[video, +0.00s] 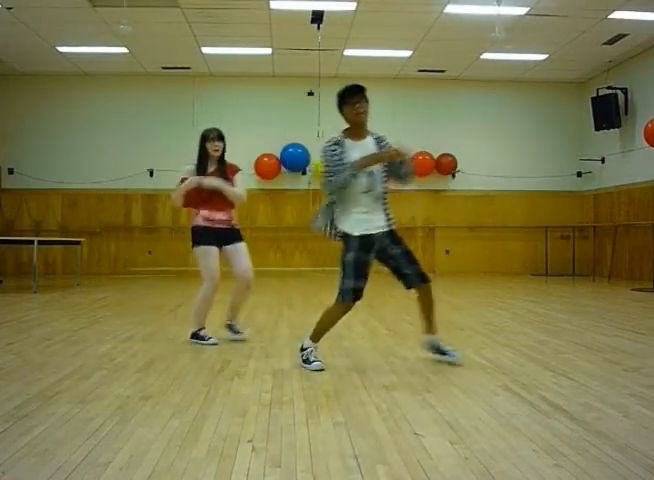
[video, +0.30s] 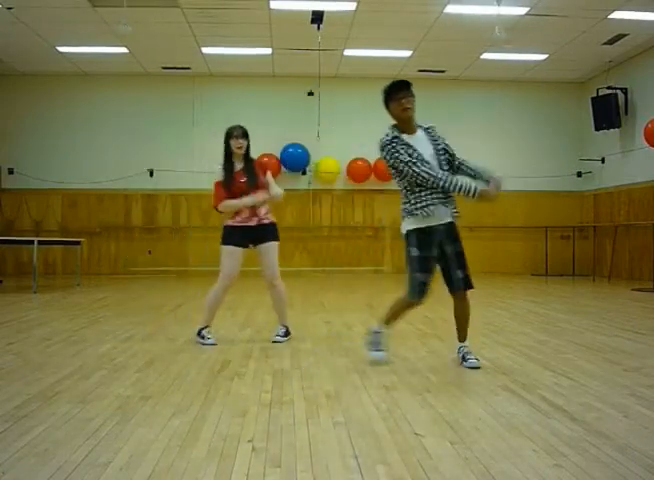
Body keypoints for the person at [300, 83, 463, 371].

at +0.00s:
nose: (360, 108)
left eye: (363, 103)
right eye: (353, 105)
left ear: (369, 107)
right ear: (342, 111)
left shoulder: (379, 141)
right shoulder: (334, 147)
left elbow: (403, 177)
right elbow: (332, 184)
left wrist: (401, 162)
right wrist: (364, 164)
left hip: (382, 228)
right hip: (354, 231)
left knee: (422, 283)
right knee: (348, 298)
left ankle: (431, 340)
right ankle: (309, 345)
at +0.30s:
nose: (406, 104)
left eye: (408, 98)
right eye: (398, 101)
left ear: (415, 101)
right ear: (389, 108)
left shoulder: (431, 134)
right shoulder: (390, 144)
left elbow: (455, 164)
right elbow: (422, 175)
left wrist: (486, 177)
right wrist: (473, 190)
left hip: (445, 218)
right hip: (418, 222)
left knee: (460, 288)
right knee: (416, 294)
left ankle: (463, 348)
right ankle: (378, 330)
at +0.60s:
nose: (431, 101)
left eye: (435, 97)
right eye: (425, 98)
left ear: (442, 102)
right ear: (415, 105)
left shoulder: (457, 130)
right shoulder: (406, 142)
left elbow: (468, 169)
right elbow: (390, 185)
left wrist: (462, 208)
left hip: (460, 219)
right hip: (428, 224)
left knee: (465, 288)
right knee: (433, 290)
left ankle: (464, 345)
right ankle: (446, 331)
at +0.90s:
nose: (421, 98)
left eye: (426, 94)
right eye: (415, 94)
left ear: (435, 100)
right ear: (408, 101)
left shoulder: (443, 129)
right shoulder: (410, 141)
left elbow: (466, 151)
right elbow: (390, 173)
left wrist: (459, 117)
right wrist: (388, 145)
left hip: (441, 222)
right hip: (415, 224)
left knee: (444, 294)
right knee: (395, 289)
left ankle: (481, 340)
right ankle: (424, 348)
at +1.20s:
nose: (405, 96)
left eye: (410, 91)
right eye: (400, 93)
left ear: (421, 96)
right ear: (395, 99)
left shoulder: (429, 122)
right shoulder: (409, 133)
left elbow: (457, 162)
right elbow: (417, 173)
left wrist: (429, 197)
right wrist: (401, 204)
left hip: (418, 219)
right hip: (399, 220)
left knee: (410, 290)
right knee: (380, 283)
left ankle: (462, 339)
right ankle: (417, 340)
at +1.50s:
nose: (393, 105)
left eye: (399, 101)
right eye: (389, 101)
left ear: (412, 105)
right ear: (386, 106)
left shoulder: (417, 131)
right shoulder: (401, 137)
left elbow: (434, 166)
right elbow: (408, 175)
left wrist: (410, 205)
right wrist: (393, 205)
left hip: (399, 227)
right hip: (384, 228)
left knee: (413, 293)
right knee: (362, 290)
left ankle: (468, 347)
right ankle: (401, 350)